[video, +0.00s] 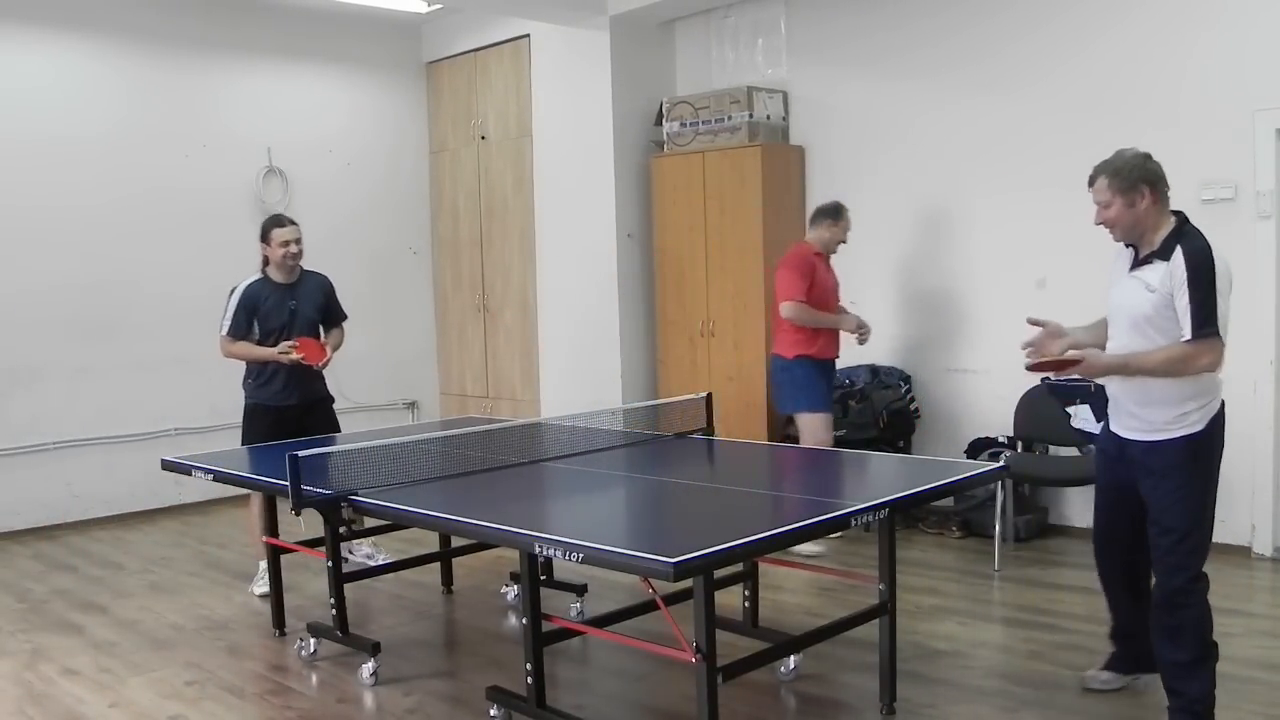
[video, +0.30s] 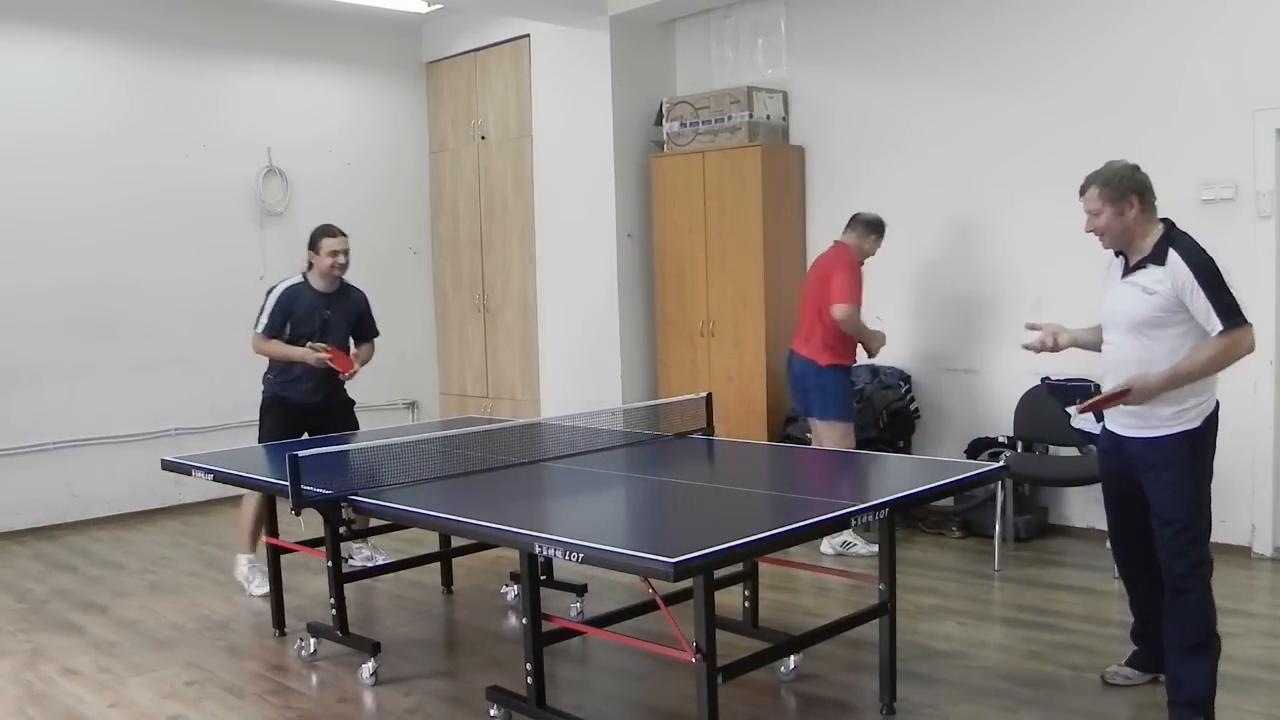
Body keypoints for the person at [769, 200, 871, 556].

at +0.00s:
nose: (844, 241)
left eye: (846, 235)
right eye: (842, 234)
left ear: (828, 228)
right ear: (825, 227)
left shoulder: (821, 263)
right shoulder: (798, 259)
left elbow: (829, 307)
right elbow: (790, 308)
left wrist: (856, 322)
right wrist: (840, 322)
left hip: (817, 363)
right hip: (800, 364)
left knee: (816, 444)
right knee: (818, 444)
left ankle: (813, 522)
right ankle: (802, 528)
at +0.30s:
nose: (874, 253)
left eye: (876, 247)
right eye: (876, 246)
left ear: (850, 232)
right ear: (869, 239)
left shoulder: (826, 259)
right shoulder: (846, 262)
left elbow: (821, 313)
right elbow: (842, 313)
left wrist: (862, 335)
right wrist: (867, 336)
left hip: (808, 364)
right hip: (825, 368)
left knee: (823, 447)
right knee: (841, 451)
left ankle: (820, 524)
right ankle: (836, 532)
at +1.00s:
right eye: (858, 260)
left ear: (827, 259)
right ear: (855, 258)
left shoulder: (802, 277)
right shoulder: (863, 269)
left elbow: (783, 329)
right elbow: (882, 308)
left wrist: (815, 334)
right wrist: (870, 334)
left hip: (798, 357)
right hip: (837, 357)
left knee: (815, 442)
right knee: (870, 439)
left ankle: (812, 517)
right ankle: (865, 515)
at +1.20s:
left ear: (825, 270)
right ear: (853, 266)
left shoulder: (803, 286)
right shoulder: (865, 272)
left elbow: (788, 338)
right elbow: (889, 308)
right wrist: (874, 339)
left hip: (803, 355)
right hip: (845, 352)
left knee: (814, 445)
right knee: (861, 446)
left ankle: (812, 519)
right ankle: (872, 519)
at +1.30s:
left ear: (826, 275)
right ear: (852, 269)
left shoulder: (808, 288)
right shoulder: (869, 275)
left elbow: (795, 338)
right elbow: (896, 309)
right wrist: (878, 344)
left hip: (808, 355)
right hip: (850, 353)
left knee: (814, 445)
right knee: (863, 446)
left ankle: (812, 519)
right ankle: (871, 520)